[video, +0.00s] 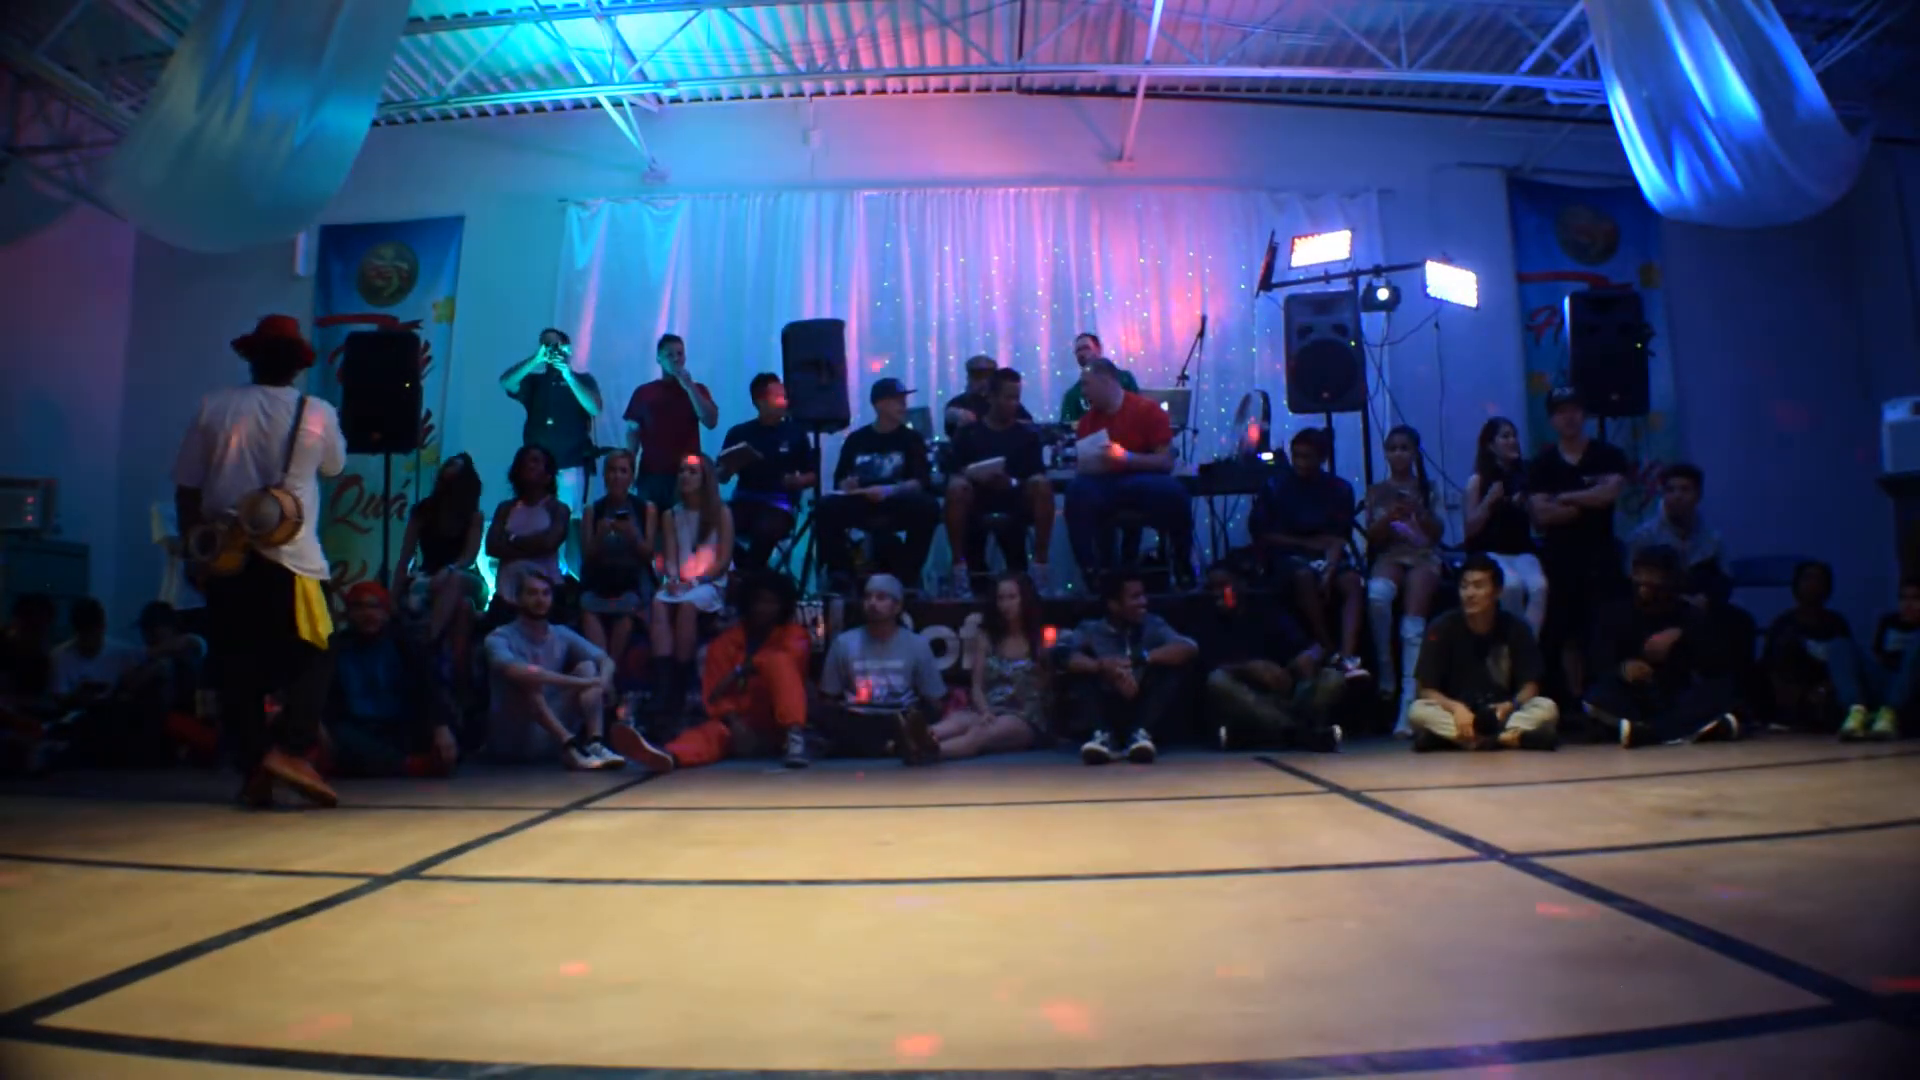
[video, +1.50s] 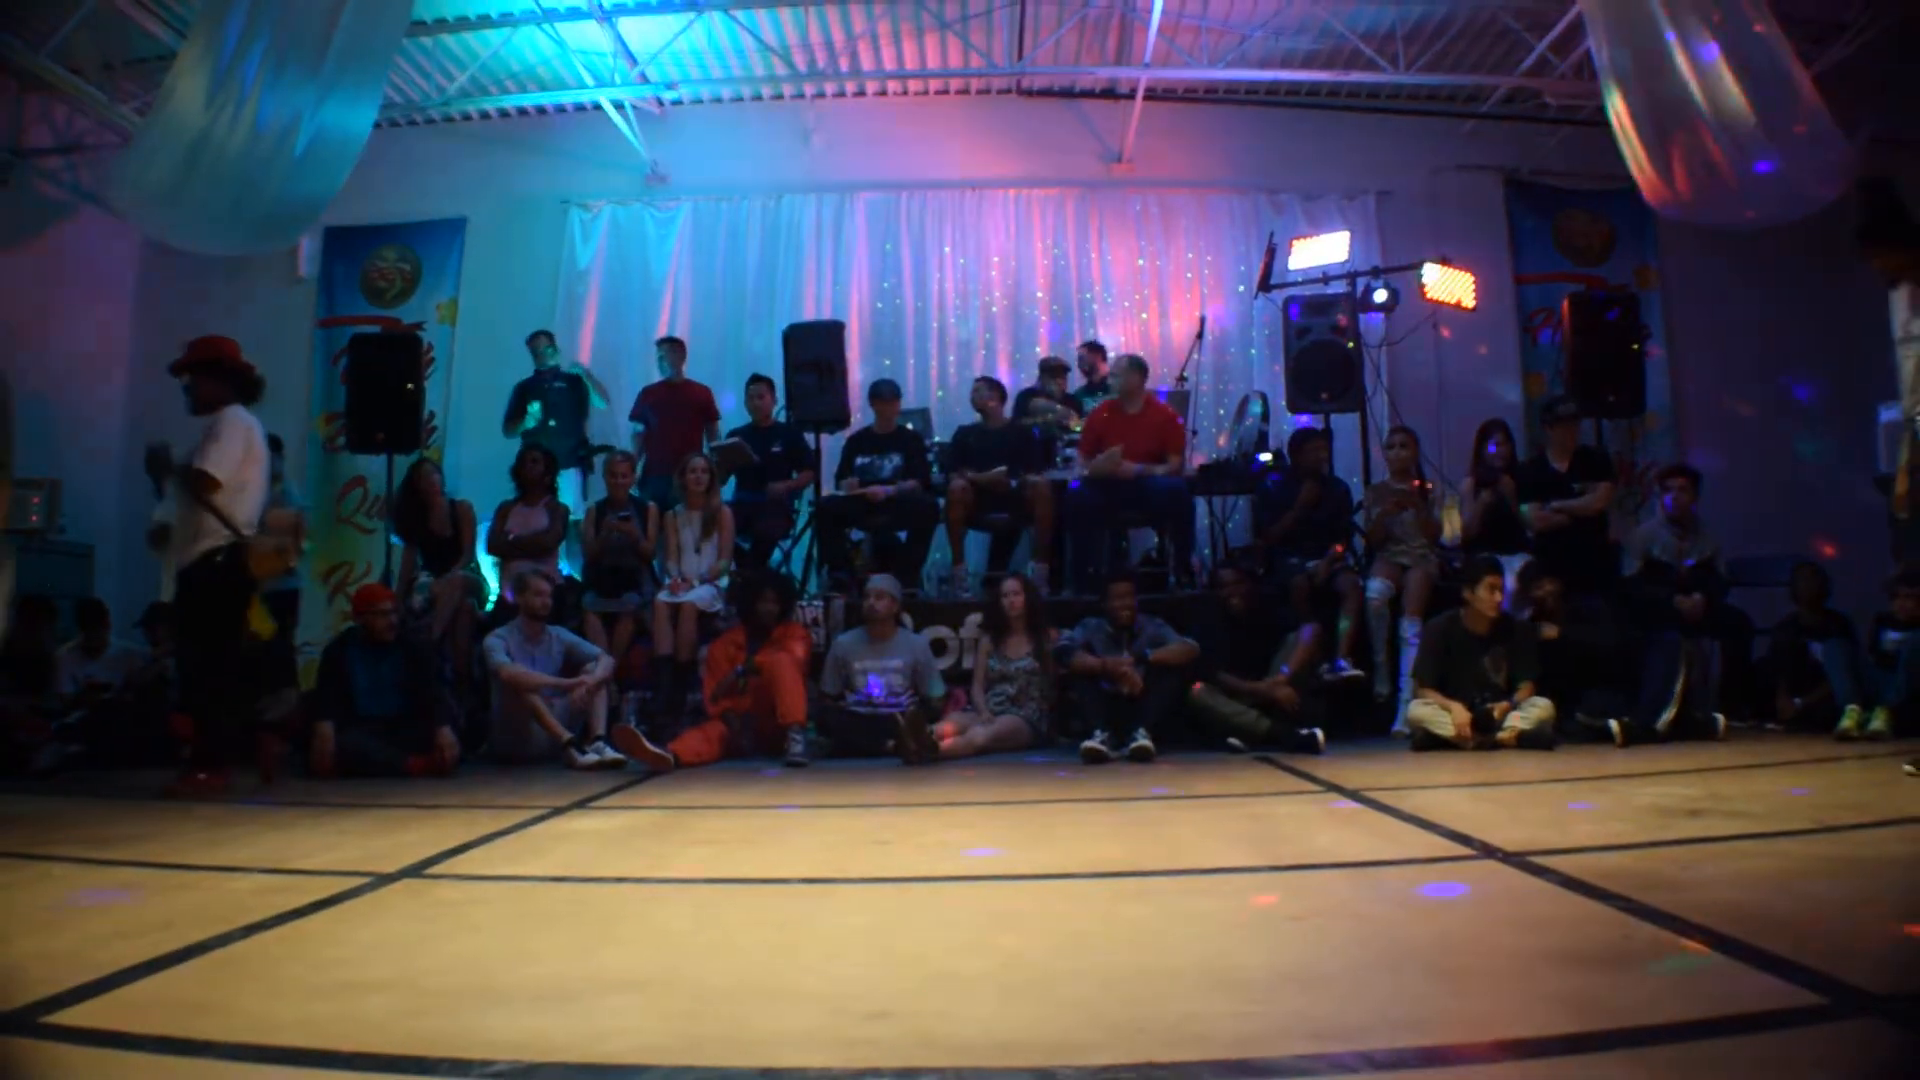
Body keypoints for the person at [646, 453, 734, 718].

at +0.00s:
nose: (685, 476)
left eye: (692, 471)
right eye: (682, 471)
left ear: (705, 478)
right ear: (678, 477)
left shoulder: (720, 513)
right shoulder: (671, 516)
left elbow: (723, 559)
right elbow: (670, 556)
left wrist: (701, 578)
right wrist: (673, 577)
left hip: (709, 579)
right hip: (679, 580)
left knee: (687, 606)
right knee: (659, 605)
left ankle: (680, 680)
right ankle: (662, 679)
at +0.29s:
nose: (694, 477)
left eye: (700, 471)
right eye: (689, 471)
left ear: (709, 477)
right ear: (681, 477)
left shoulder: (720, 513)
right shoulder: (671, 516)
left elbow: (724, 559)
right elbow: (670, 554)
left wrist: (699, 581)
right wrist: (672, 578)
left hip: (709, 580)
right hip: (678, 581)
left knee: (687, 607)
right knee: (659, 608)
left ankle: (681, 681)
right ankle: (661, 681)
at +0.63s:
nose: (698, 476)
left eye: (704, 471)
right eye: (692, 471)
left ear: (711, 477)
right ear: (682, 477)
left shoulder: (721, 513)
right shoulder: (671, 516)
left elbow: (724, 559)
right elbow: (669, 556)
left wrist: (702, 579)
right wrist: (675, 577)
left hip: (711, 579)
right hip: (680, 580)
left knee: (687, 606)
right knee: (659, 604)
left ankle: (681, 681)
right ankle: (662, 680)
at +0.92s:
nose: (699, 476)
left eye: (704, 471)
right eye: (693, 471)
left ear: (711, 477)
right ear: (682, 476)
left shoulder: (721, 512)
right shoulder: (671, 516)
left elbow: (724, 560)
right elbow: (669, 556)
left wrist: (698, 581)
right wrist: (673, 577)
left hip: (710, 579)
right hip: (680, 580)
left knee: (687, 607)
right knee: (659, 605)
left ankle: (681, 681)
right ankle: (662, 680)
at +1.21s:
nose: (698, 476)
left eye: (703, 471)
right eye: (692, 471)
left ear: (710, 477)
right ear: (681, 476)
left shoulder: (721, 513)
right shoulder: (671, 516)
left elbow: (724, 561)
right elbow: (669, 558)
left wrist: (696, 581)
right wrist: (672, 578)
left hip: (710, 580)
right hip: (679, 581)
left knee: (686, 607)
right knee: (658, 605)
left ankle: (681, 684)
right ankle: (662, 683)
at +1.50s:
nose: (699, 477)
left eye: (704, 472)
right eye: (693, 472)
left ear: (711, 477)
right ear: (683, 477)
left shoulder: (721, 513)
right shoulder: (672, 516)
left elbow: (725, 560)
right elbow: (671, 557)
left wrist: (699, 580)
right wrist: (675, 577)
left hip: (710, 579)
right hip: (681, 580)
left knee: (688, 605)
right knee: (661, 603)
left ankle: (682, 679)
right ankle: (663, 678)